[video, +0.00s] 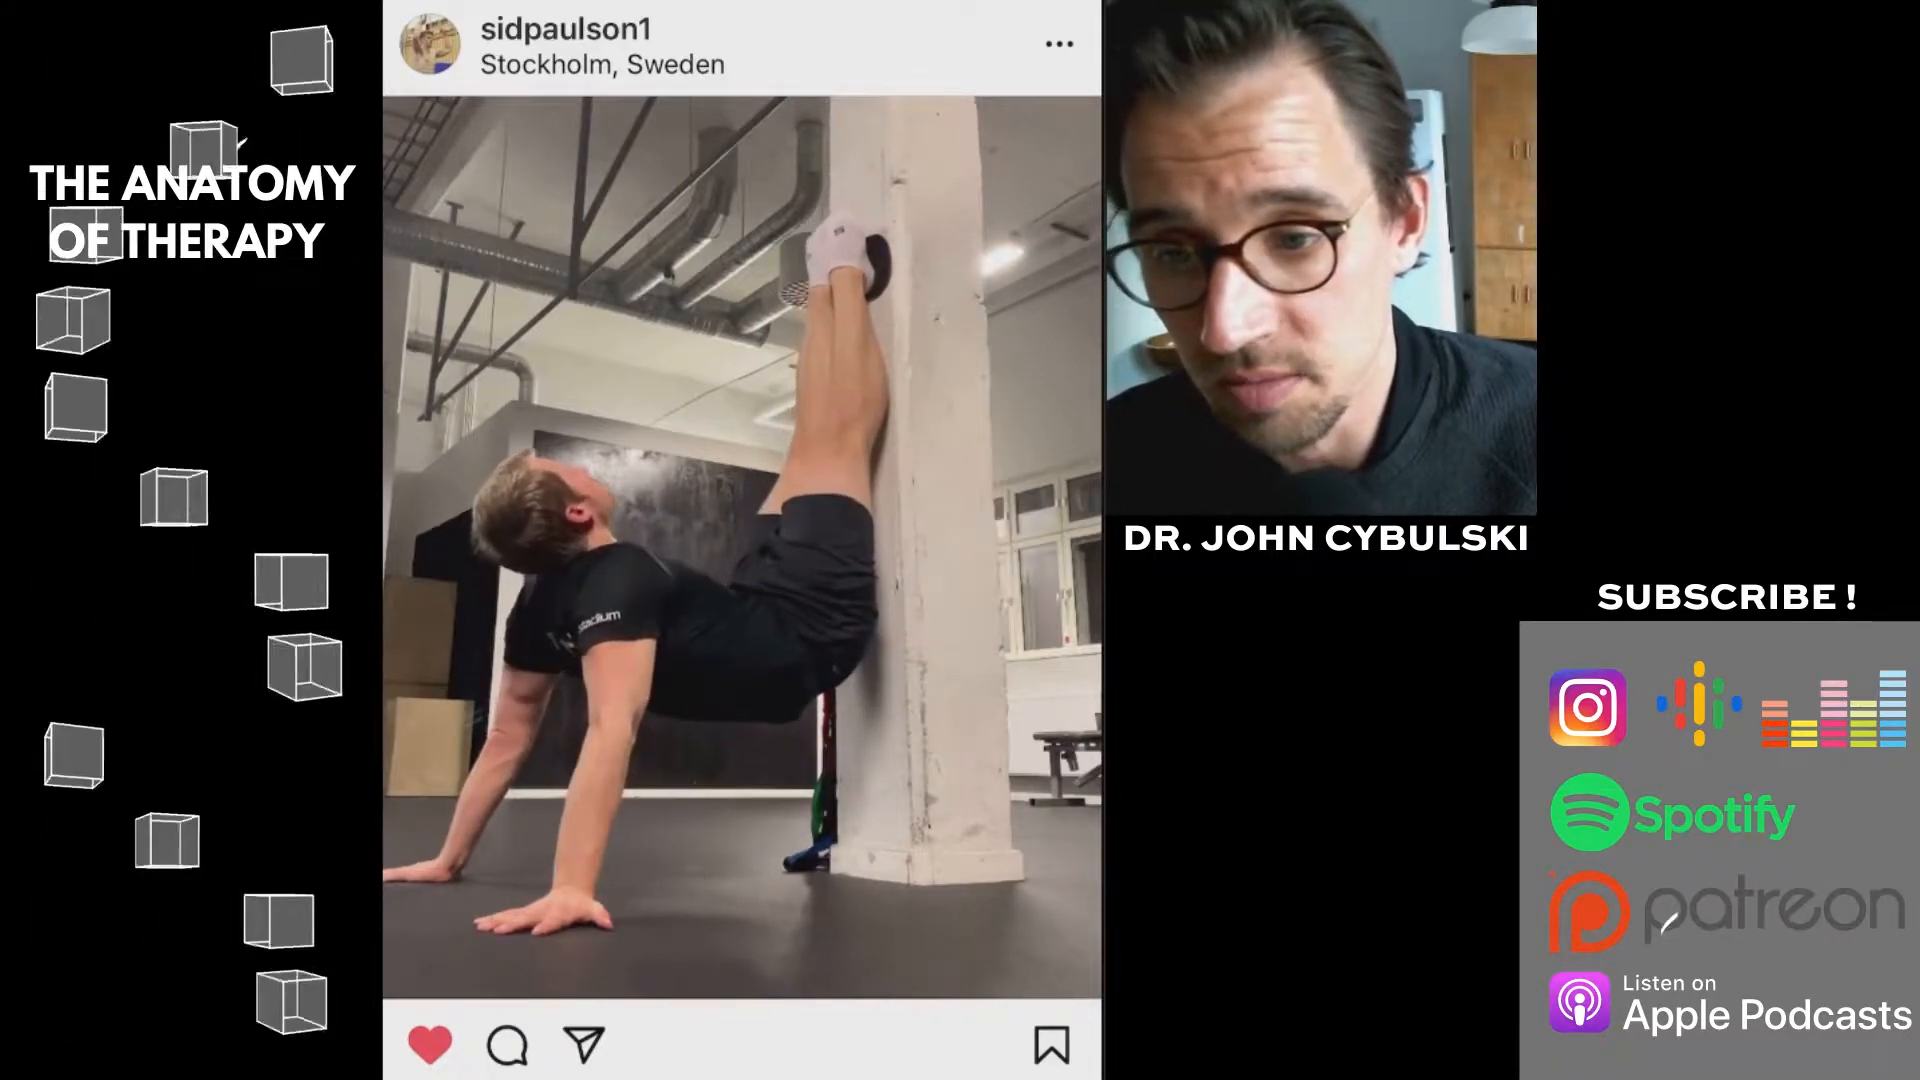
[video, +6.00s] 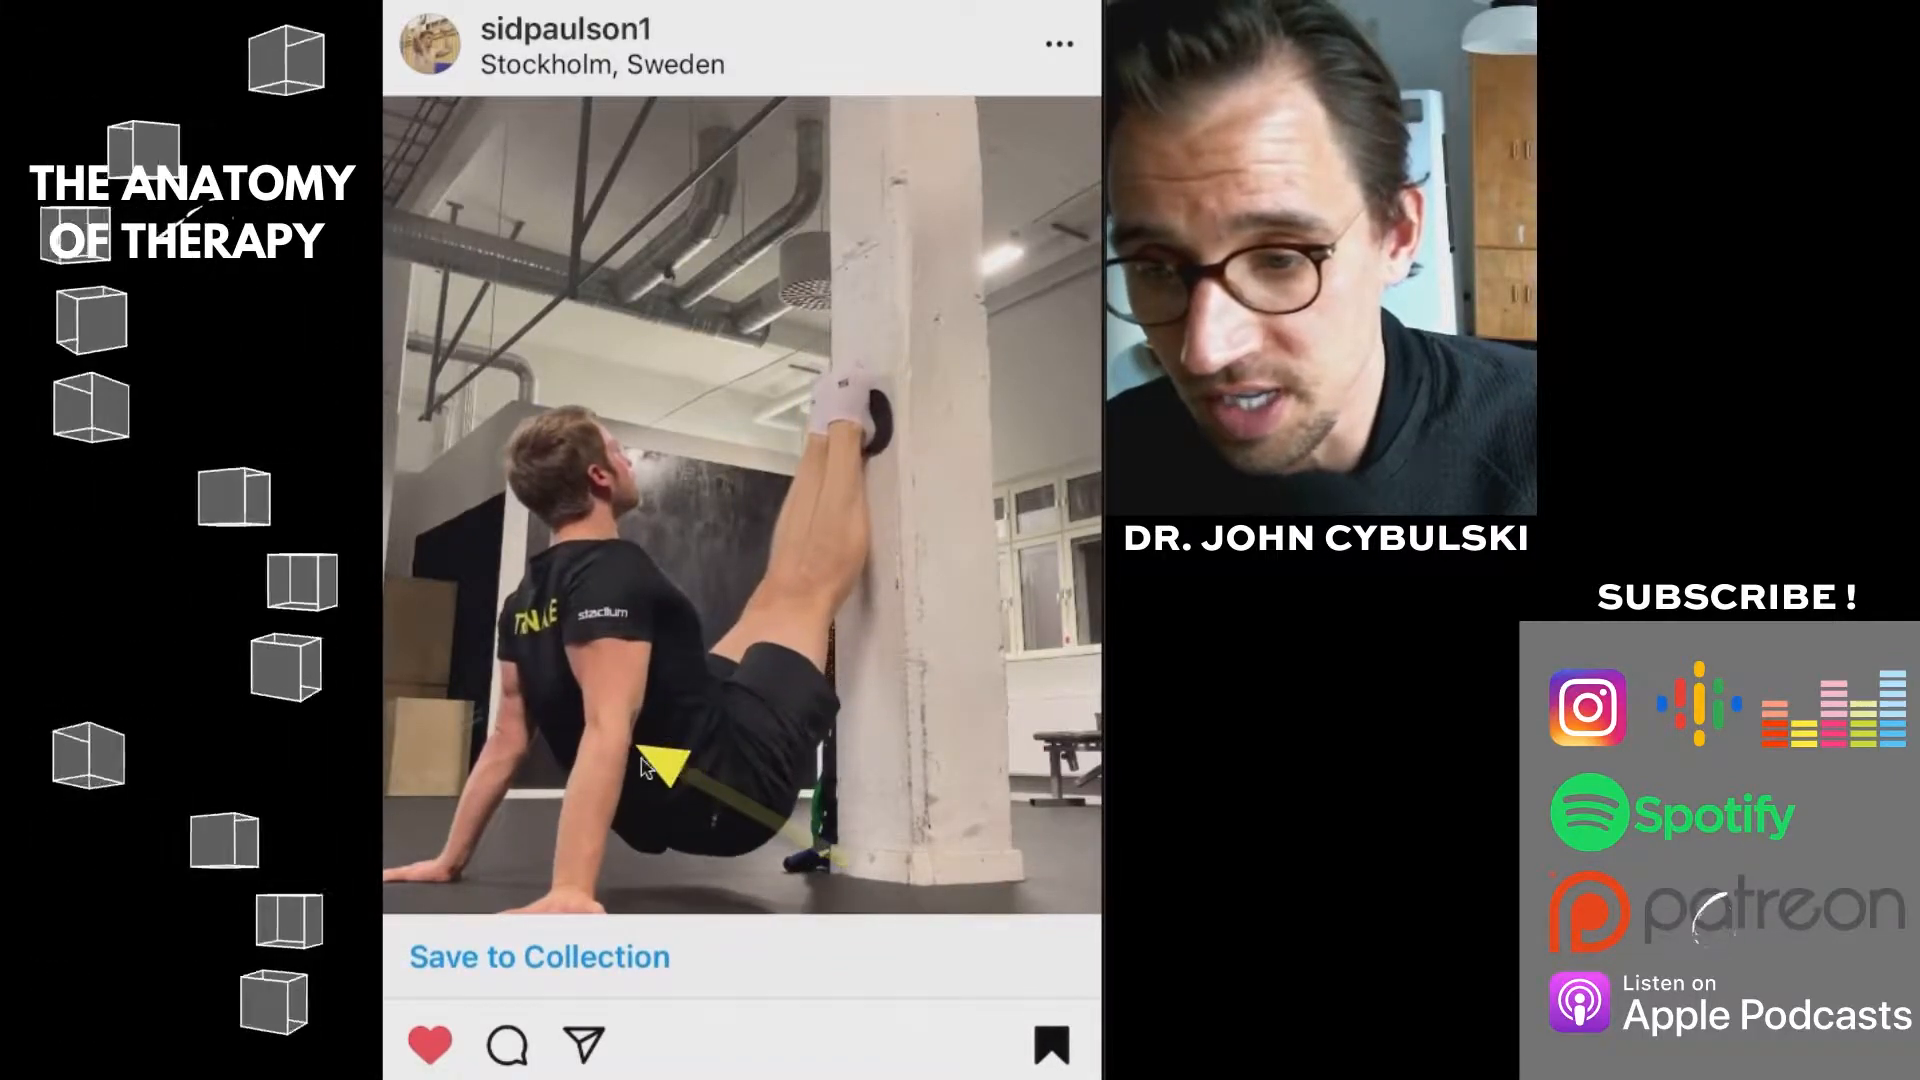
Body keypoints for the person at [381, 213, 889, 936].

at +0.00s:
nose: (580, 466)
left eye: (562, 464)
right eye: (567, 471)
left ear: (533, 545)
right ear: (575, 512)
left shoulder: (536, 611)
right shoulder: (617, 579)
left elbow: (507, 740)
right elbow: (609, 731)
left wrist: (448, 860)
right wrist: (572, 887)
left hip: (759, 633)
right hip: (807, 627)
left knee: (814, 434)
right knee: (844, 429)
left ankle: (825, 293)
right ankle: (845, 278)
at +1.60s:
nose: (602, 464)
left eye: (586, 459)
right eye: (590, 466)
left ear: (538, 533)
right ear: (592, 505)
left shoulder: (533, 606)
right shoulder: (620, 575)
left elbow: (508, 744)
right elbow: (612, 733)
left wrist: (449, 860)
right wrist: (572, 887)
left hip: (744, 731)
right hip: (795, 697)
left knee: (806, 501)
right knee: (839, 493)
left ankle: (826, 343)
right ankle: (847, 336)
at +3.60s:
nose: (623, 459)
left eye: (611, 450)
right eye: (612, 453)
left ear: (543, 508)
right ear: (600, 482)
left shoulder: (529, 605)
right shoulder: (620, 572)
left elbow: (508, 744)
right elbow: (613, 727)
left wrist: (449, 859)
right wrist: (572, 888)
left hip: (698, 773)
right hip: (768, 745)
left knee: (792, 537)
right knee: (827, 536)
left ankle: (826, 387)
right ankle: (847, 379)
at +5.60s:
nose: (628, 461)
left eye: (618, 449)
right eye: (616, 454)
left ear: (541, 501)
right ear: (600, 479)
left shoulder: (522, 603)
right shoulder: (612, 571)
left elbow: (508, 743)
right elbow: (605, 730)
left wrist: (450, 859)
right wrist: (572, 889)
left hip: (671, 810)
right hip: (738, 787)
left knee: (782, 586)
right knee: (815, 582)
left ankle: (825, 425)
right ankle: (846, 428)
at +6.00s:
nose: (629, 462)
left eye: (620, 450)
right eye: (618, 454)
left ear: (539, 498)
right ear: (600, 478)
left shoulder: (521, 602)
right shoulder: (611, 571)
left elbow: (507, 743)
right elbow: (604, 731)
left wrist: (449, 859)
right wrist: (573, 888)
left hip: (663, 812)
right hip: (732, 793)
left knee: (778, 592)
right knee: (812, 589)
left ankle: (825, 431)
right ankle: (849, 437)